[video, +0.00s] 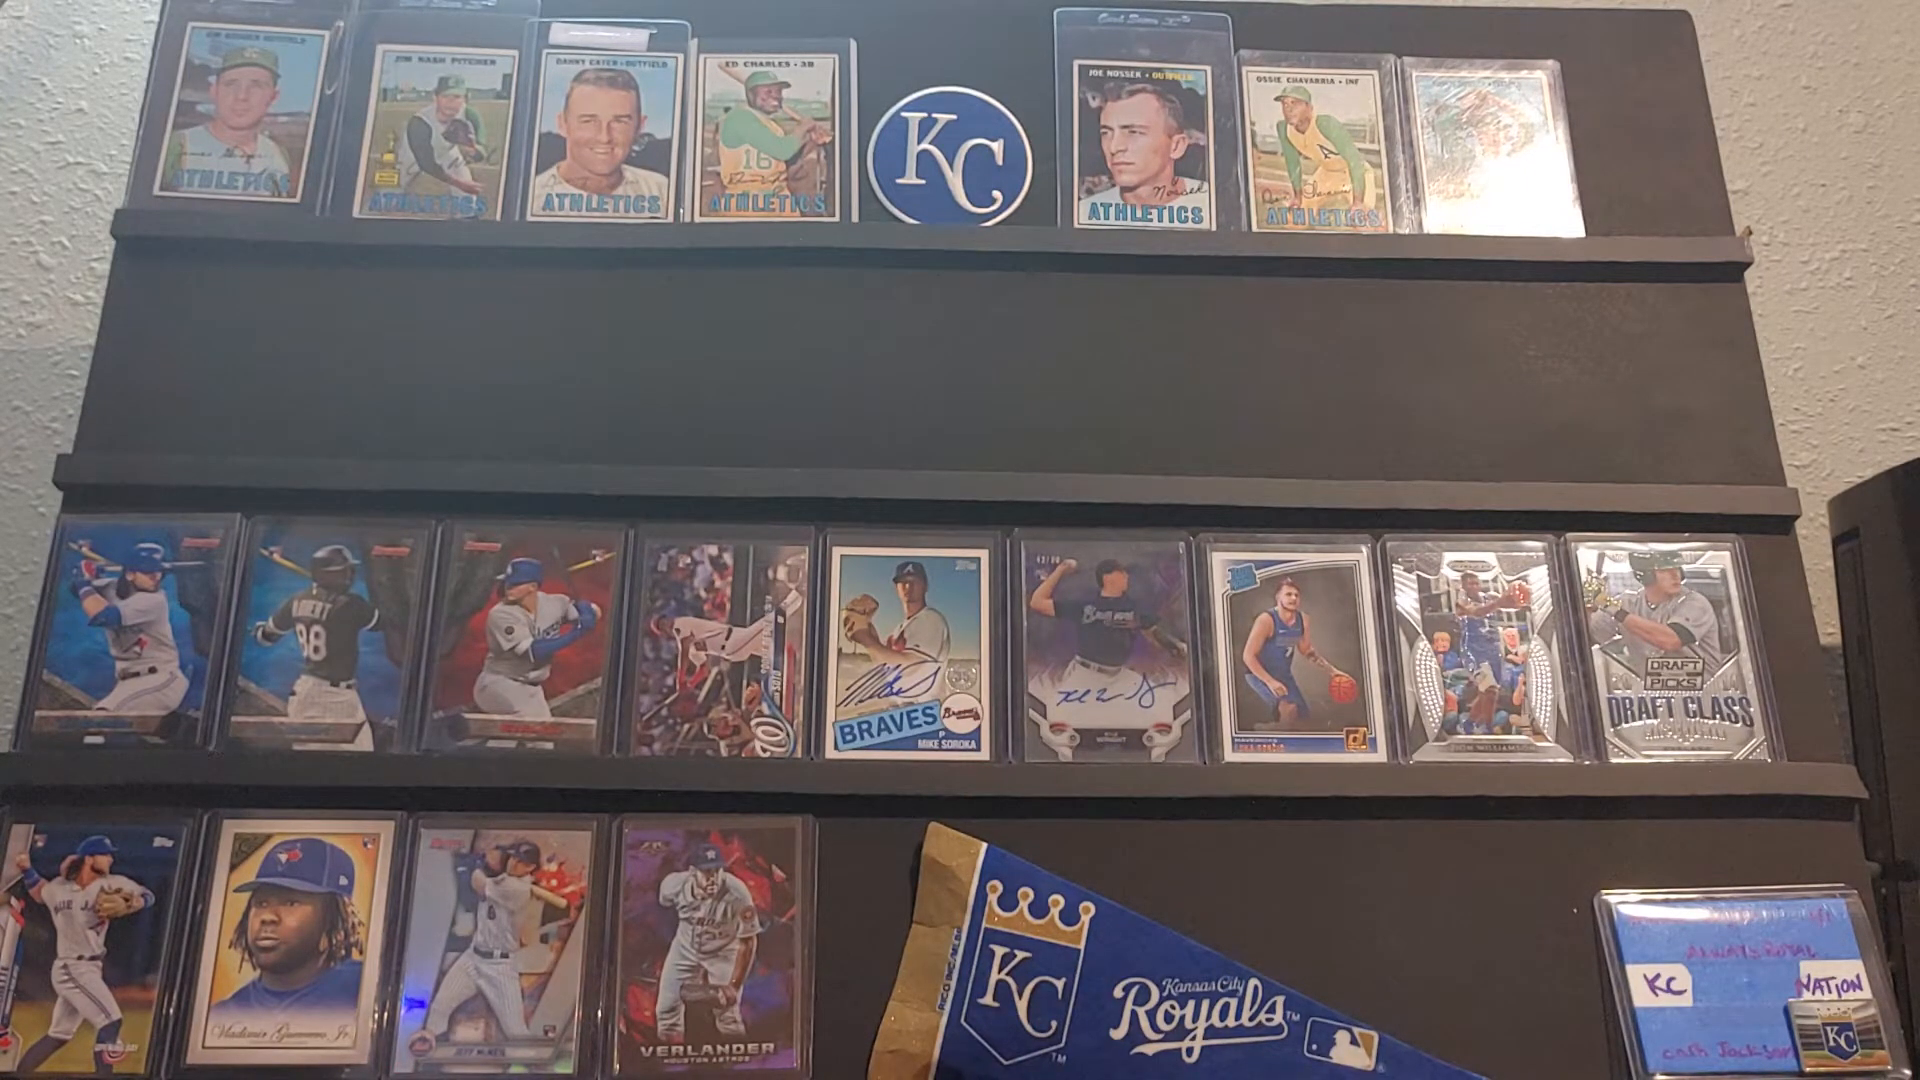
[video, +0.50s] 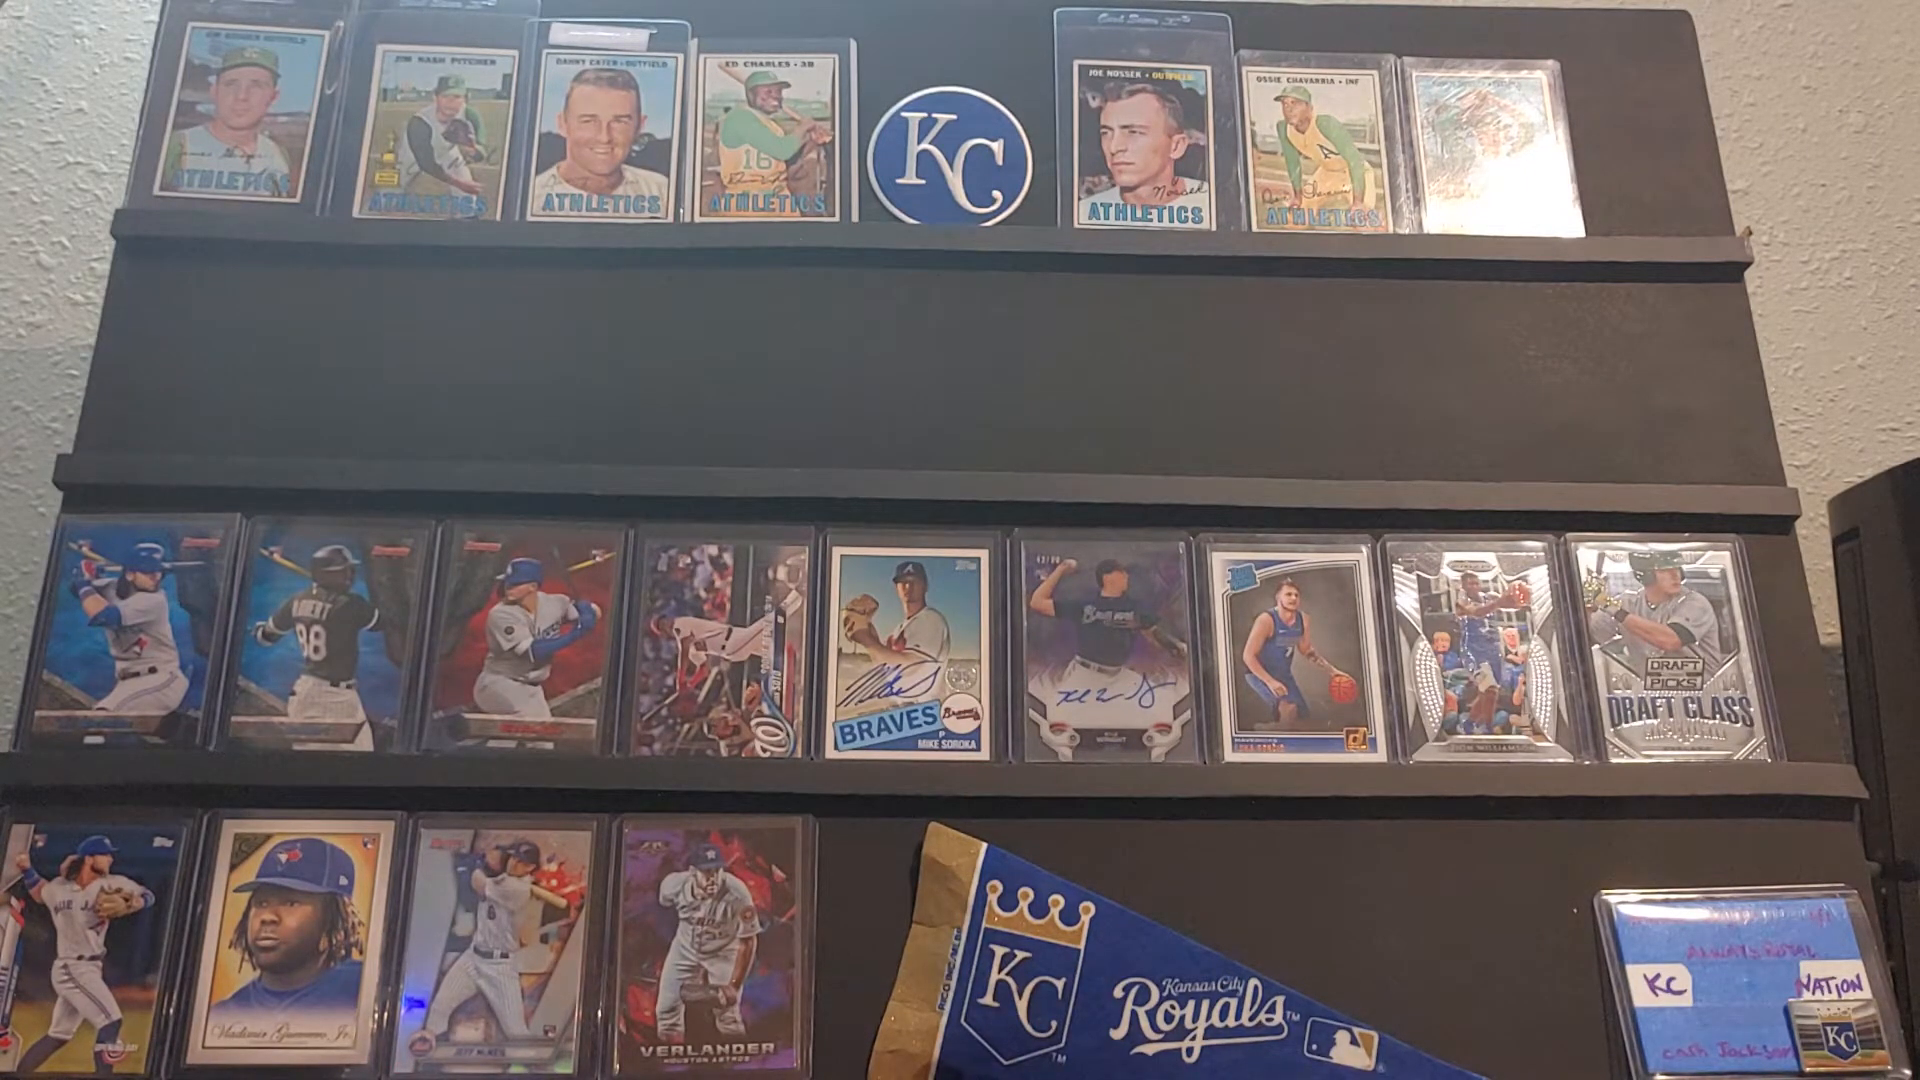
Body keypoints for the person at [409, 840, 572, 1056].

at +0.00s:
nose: (514, 863)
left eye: (520, 861)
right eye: (514, 858)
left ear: (530, 868)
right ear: (510, 859)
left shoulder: (518, 890)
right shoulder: (503, 879)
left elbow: (478, 882)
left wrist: (482, 866)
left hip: (500, 965)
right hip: (472, 958)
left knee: (515, 1030)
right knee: (439, 1006)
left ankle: (536, 1069)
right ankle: (424, 1065)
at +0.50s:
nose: (514, 863)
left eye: (521, 861)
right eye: (514, 858)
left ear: (530, 868)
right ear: (510, 859)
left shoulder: (518, 889)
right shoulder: (502, 879)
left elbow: (478, 883)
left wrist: (480, 867)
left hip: (500, 965)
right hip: (473, 958)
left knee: (516, 1030)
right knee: (439, 1007)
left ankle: (536, 1069)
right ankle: (424, 1065)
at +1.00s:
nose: (514, 863)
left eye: (521, 861)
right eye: (514, 859)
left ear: (531, 868)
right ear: (510, 859)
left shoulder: (518, 889)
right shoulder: (502, 879)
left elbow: (478, 883)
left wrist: (480, 866)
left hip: (500, 965)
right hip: (473, 958)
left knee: (516, 1031)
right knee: (439, 1007)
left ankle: (534, 1070)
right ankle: (423, 1065)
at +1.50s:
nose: (515, 863)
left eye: (522, 861)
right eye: (514, 858)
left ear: (531, 868)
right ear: (509, 858)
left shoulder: (519, 889)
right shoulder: (500, 879)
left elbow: (477, 881)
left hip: (502, 966)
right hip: (473, 959)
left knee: (514, 1029)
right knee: (440, 1004)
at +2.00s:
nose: (514, 863)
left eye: (521, 861)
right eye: (514, 858)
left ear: (531, 868)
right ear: (509, 858)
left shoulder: (519, 889)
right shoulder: (499, 879)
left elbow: (477, 881)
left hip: (502, 965)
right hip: (473, 958)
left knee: (515, 1029)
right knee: (440, 1005)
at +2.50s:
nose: (515, 864)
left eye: (522, 862)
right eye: (514, 858)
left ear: (531, 869)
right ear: (509, 858)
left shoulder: (518, 889)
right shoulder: (500, 879)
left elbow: (477, 881)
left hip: (501, 966)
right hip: (472, 958)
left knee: (515, 1030)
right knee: (440, 1005)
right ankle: (424, 1065)